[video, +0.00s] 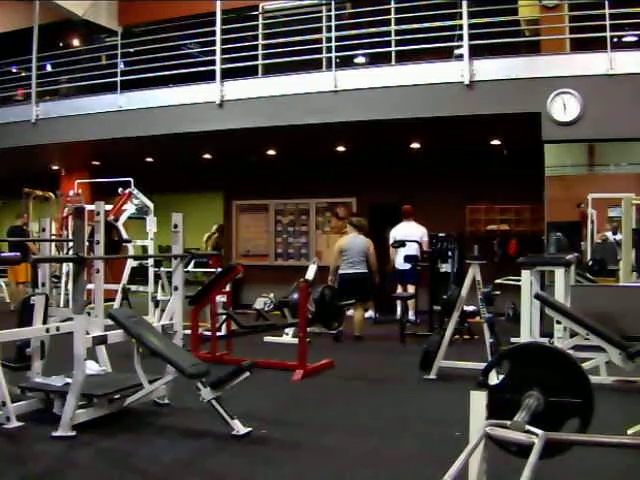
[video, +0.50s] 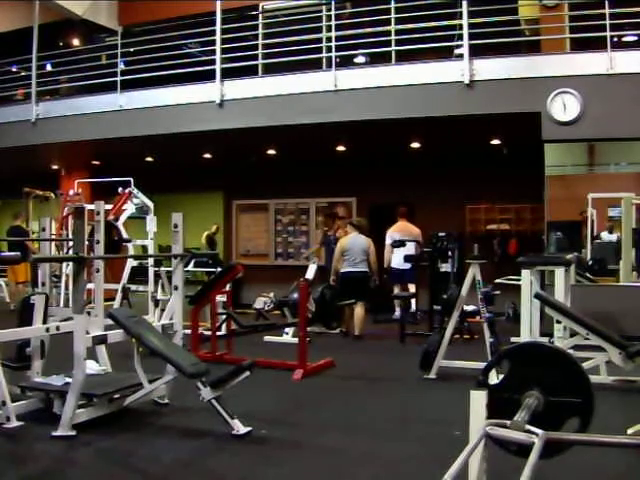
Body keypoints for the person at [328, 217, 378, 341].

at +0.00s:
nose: (346, 229)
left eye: (347, 227)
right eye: (347, 227)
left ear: (350, 228)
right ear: (361, 229)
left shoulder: (341, 242)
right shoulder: (367, 242)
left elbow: (335, 261)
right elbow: (372, 262)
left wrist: (331, 275)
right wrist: (375, 275)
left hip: (345, 274)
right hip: (362, 274)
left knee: (341, 305)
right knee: (359, 305)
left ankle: (339, 328)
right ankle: (358, 333)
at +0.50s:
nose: (346, 229)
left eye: (348, 228)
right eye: (347, 227)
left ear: (350, 228)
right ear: (360, 229)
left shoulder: (343, 241)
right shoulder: (368, 241)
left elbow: (336, 261)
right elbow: (373, 261)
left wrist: (333, 274)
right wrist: (375, 275)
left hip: (346, 273)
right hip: (362, 273)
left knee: (347, 303)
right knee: (360, 303)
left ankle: (345, 328)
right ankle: (357, 332)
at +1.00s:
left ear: (344, 227)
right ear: (354, 227)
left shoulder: (336, 241)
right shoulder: (360, 241)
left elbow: (331, 260)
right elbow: (365, 260)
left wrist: (331, 274)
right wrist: (370, 274)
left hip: (341, 272)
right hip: (356, 272)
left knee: (346, 302)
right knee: (362, 299)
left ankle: (345, 327)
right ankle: (359, 322)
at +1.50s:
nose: (364, 229)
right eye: (363, 228)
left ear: (352, 228)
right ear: (362, 228)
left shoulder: (344, 242)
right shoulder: (368, 241)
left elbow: (339, 261)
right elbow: (372, 261)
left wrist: (338, 274)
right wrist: (377, 275)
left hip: (348, 272)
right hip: (364, 272)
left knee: (349, 301)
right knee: (365, 300)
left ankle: (346, 326)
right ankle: (367, 324)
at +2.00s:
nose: (373, 228)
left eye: (372, 226)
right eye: (373, 226)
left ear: (361, 226)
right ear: (371, 227)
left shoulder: (354, 240)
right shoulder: (377, 240)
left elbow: (350, 256)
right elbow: (382, 257)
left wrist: (354, 263)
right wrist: (385, 266)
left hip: (357, 268)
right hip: (371, 268)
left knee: (358, 298)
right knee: (369, 297)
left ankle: (357, 322)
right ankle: (367, 324)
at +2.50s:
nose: (373, 228)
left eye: (372, 226)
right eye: (372, 226)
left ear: (361, 227)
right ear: (370, 227)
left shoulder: (354, 240)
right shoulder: (374, 240)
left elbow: (352, 258)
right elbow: (378, 257)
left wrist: (351, 271)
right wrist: (384, 270)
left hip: (358, 268)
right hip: (370, 268)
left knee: (360, 297)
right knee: (370, 296)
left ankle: (363, 320)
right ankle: (367, 320)